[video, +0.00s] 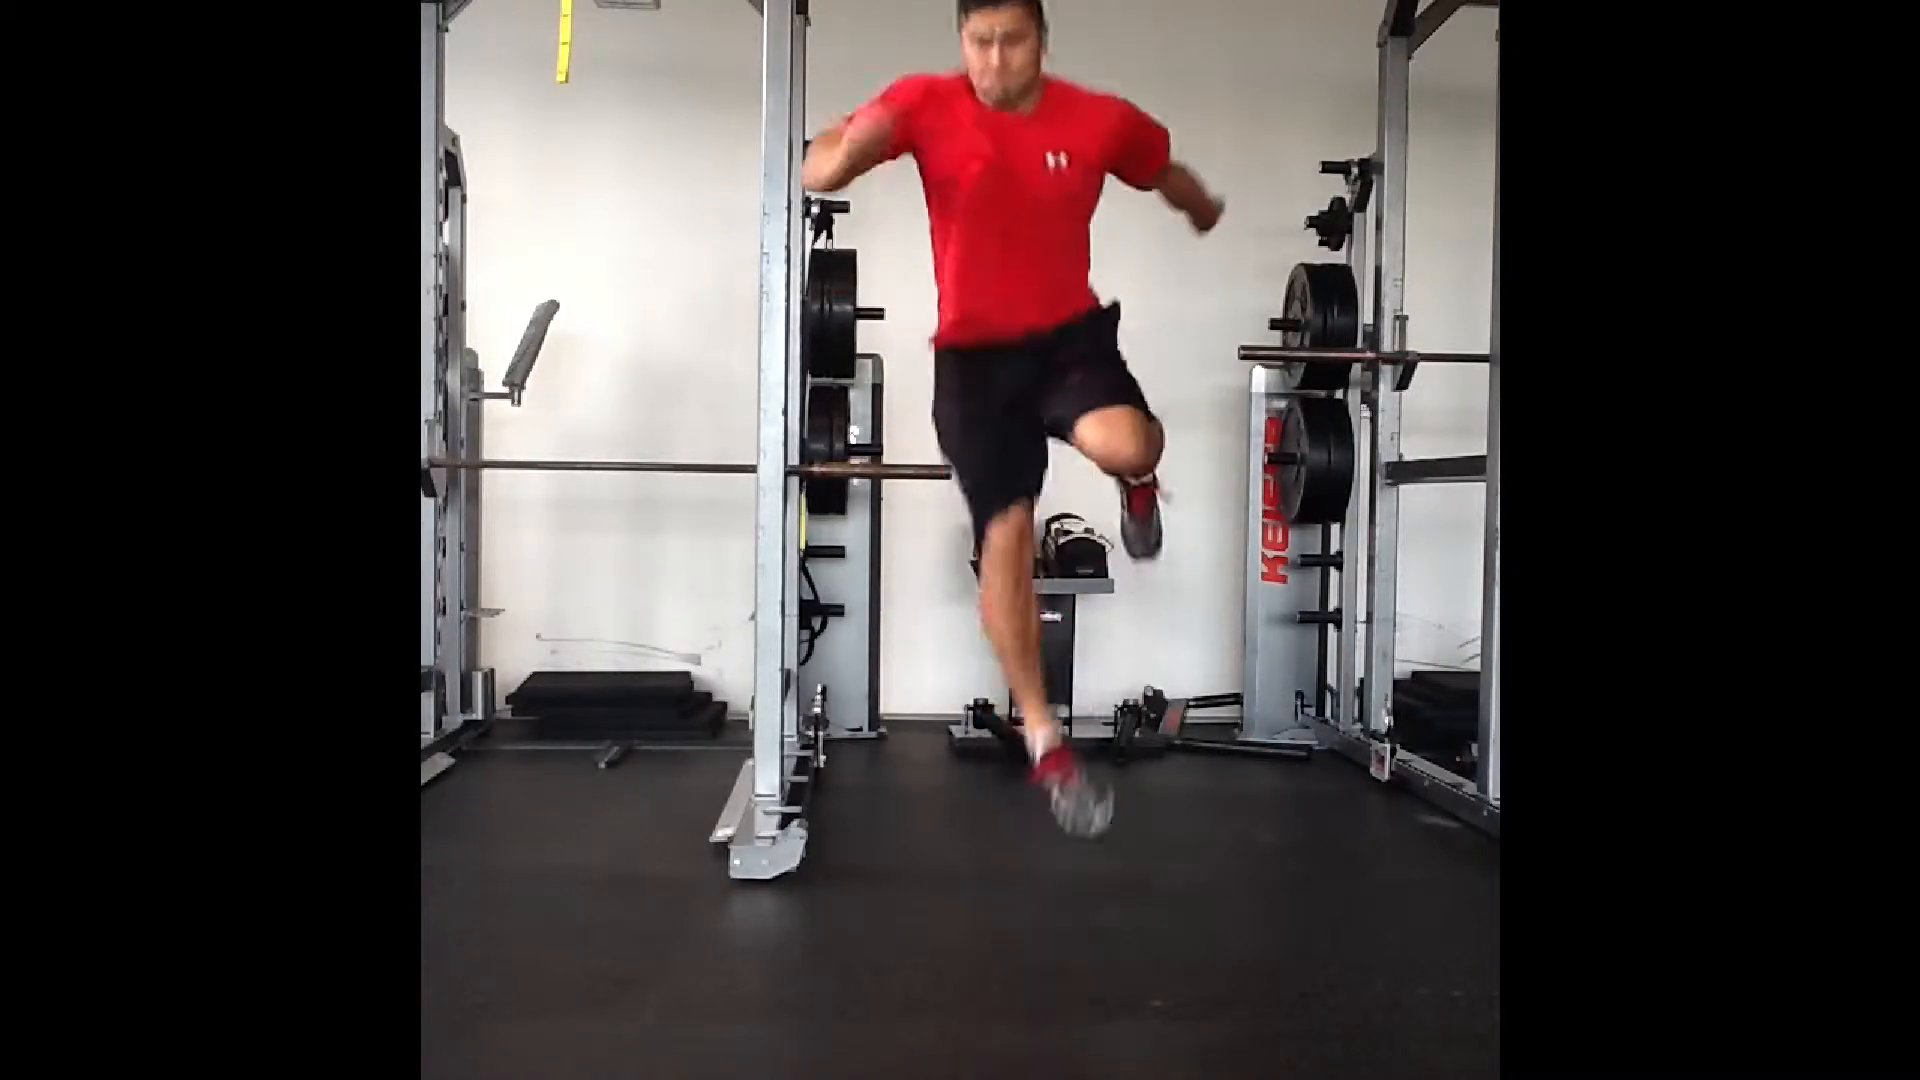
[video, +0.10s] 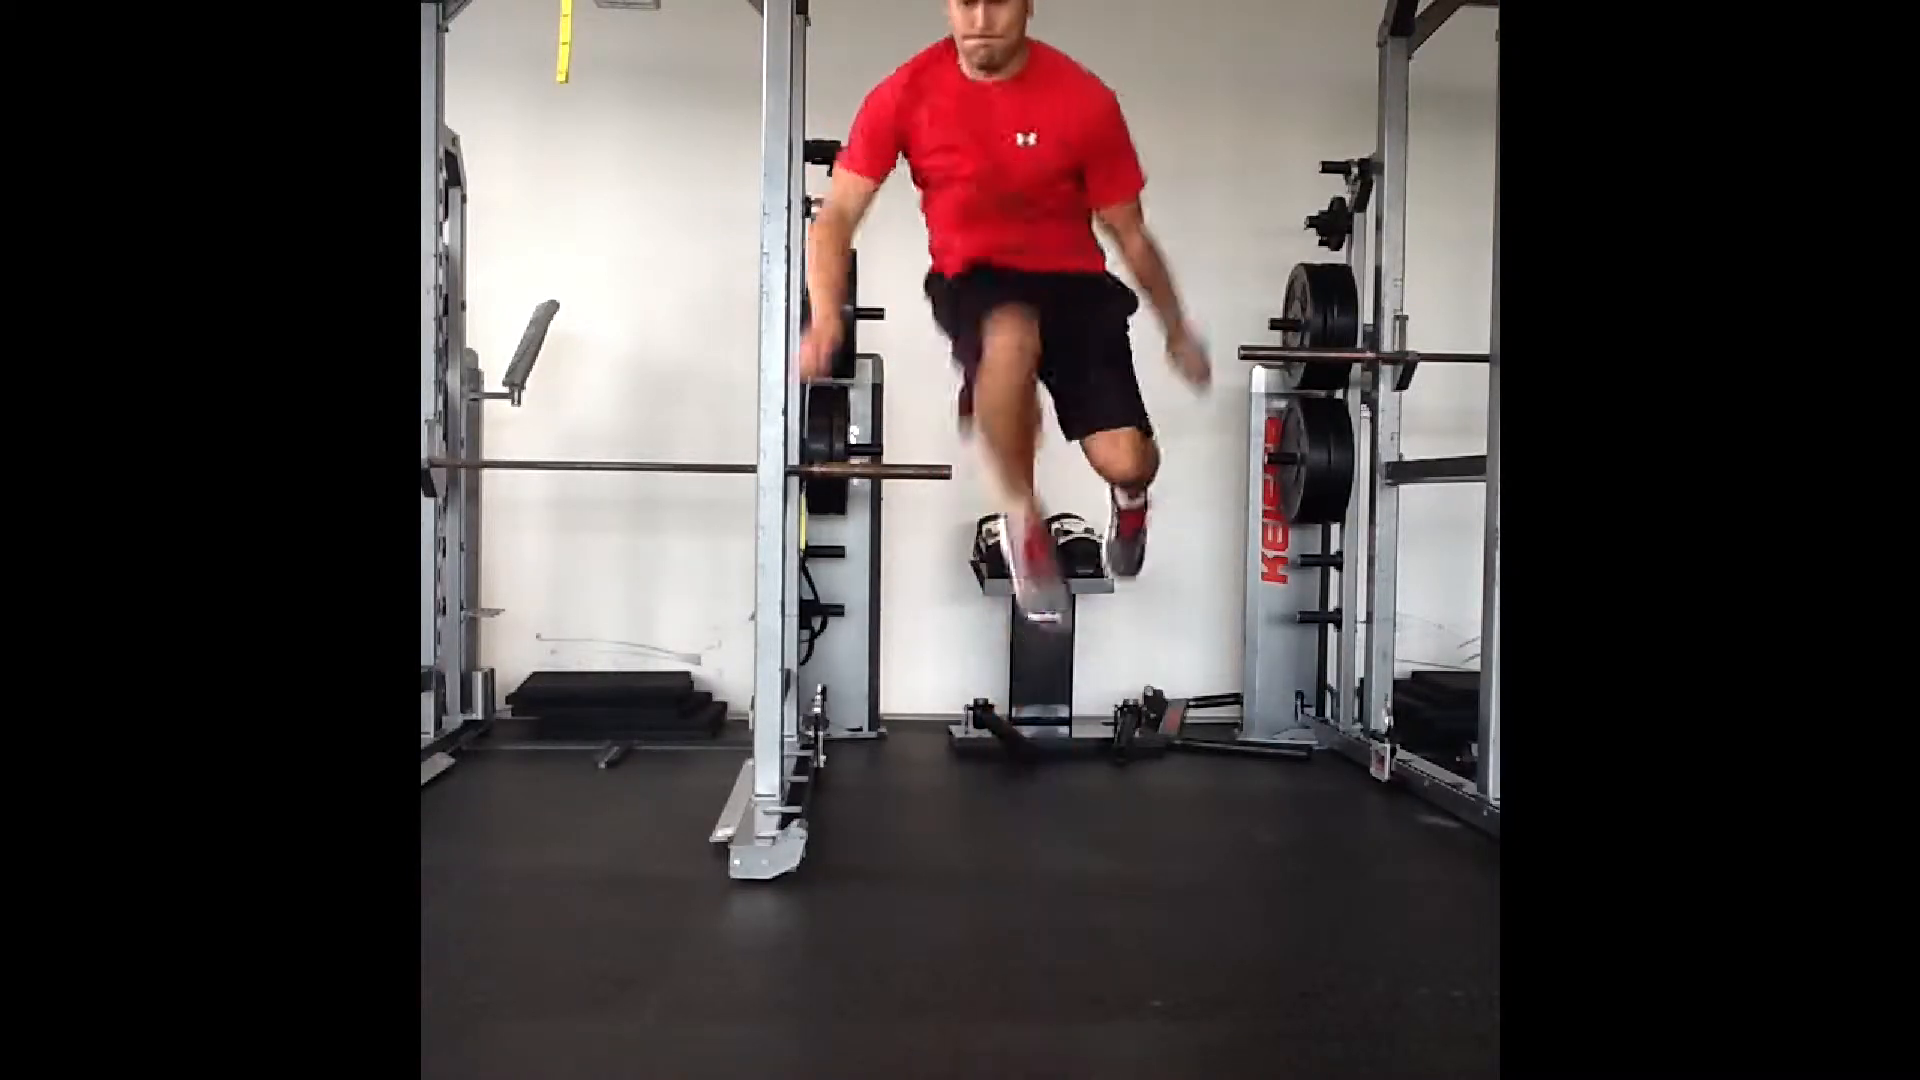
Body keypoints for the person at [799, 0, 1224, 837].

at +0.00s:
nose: (997, 59)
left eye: (1012, 41)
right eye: (982, 42)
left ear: (1041, 41)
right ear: (963, 42)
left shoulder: (1100, 121)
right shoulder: (923, 105)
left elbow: (1169, 178)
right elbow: (816, 176)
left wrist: (1203, 212)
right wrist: (850, 141)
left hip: (1071, 336)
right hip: (974, 353)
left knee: (1127, 447)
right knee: (1007, 533)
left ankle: (1137, 487)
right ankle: (1042, 740)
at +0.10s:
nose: (978, 21)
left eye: (997, 4)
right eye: (965, 3)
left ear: (1027, 10)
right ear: (947, 9)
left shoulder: (1083, 100)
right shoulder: (905, 97)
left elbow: (1130, 231)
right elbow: (834, 218)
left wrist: (1176, 328)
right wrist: (826, 314)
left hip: (1073, 283)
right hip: (973, 279)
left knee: (1124, 461)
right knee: (1011, 335)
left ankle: (1131, 497)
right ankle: (1024, 524)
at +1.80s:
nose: (939, 128)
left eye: (955, 110)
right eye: (924, 113)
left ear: (987, 118)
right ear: (905, 126)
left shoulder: (1047, 227)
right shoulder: (869, 242)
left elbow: (1092, 357)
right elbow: (850, 377)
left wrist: (1110, 478)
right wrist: (856, 498)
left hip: (1052, 484)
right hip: (943, 498)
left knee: (1085, 661)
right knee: (964, 680)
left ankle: (1113, 747)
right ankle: (984, 858)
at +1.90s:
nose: (947, 127)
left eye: (964, 109)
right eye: (930, 112)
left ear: (993, 117)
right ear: (910, 125)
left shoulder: (1049, 227)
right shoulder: (871, 239)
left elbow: (1094, 357)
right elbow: (852, 377)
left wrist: (1109, 480)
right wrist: (855, 499)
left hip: (1049, 484)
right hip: (939, 497)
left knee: (1077, 663)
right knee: (960, 680)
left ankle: (1097, 754)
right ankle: (982, 859)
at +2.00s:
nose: (951, 125)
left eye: (968, 108)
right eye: (935, 109)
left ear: (996, 118)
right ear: (914, 122)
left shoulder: (1052, 227)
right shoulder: (873, 238)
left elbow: (1095, 355)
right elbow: (853, 374)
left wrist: (1111, 476)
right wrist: (856, 498)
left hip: (1046, 485)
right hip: (935, 496)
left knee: (1075, 668)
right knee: (957, 681)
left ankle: (1092, 760)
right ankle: (981, 859)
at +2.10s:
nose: (954, 124)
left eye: (970, 107)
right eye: (937, 107)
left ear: (998, 118)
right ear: (915, 120)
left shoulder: (1053, 227)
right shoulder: (874, 238)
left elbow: (1096, 357)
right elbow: (855, 375)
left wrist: (1112, 480)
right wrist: (859, 497)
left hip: (1046, 487)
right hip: (936, 498)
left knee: (1074, 669)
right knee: (959, 683)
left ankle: (1093, 759)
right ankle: (982, 860)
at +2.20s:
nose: (955, 122)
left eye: (972, 106)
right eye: (939, 106)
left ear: (999, 118)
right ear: (917, 120)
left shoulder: (1054, 229)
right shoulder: (875, 238)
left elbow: (1096, 358)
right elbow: (854, 376)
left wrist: (1114, 481)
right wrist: (861, 495)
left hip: (1046, 489)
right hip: (936, 500)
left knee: (1075, 669)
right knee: (960, 684)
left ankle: (1095, 762)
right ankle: (983, 859)